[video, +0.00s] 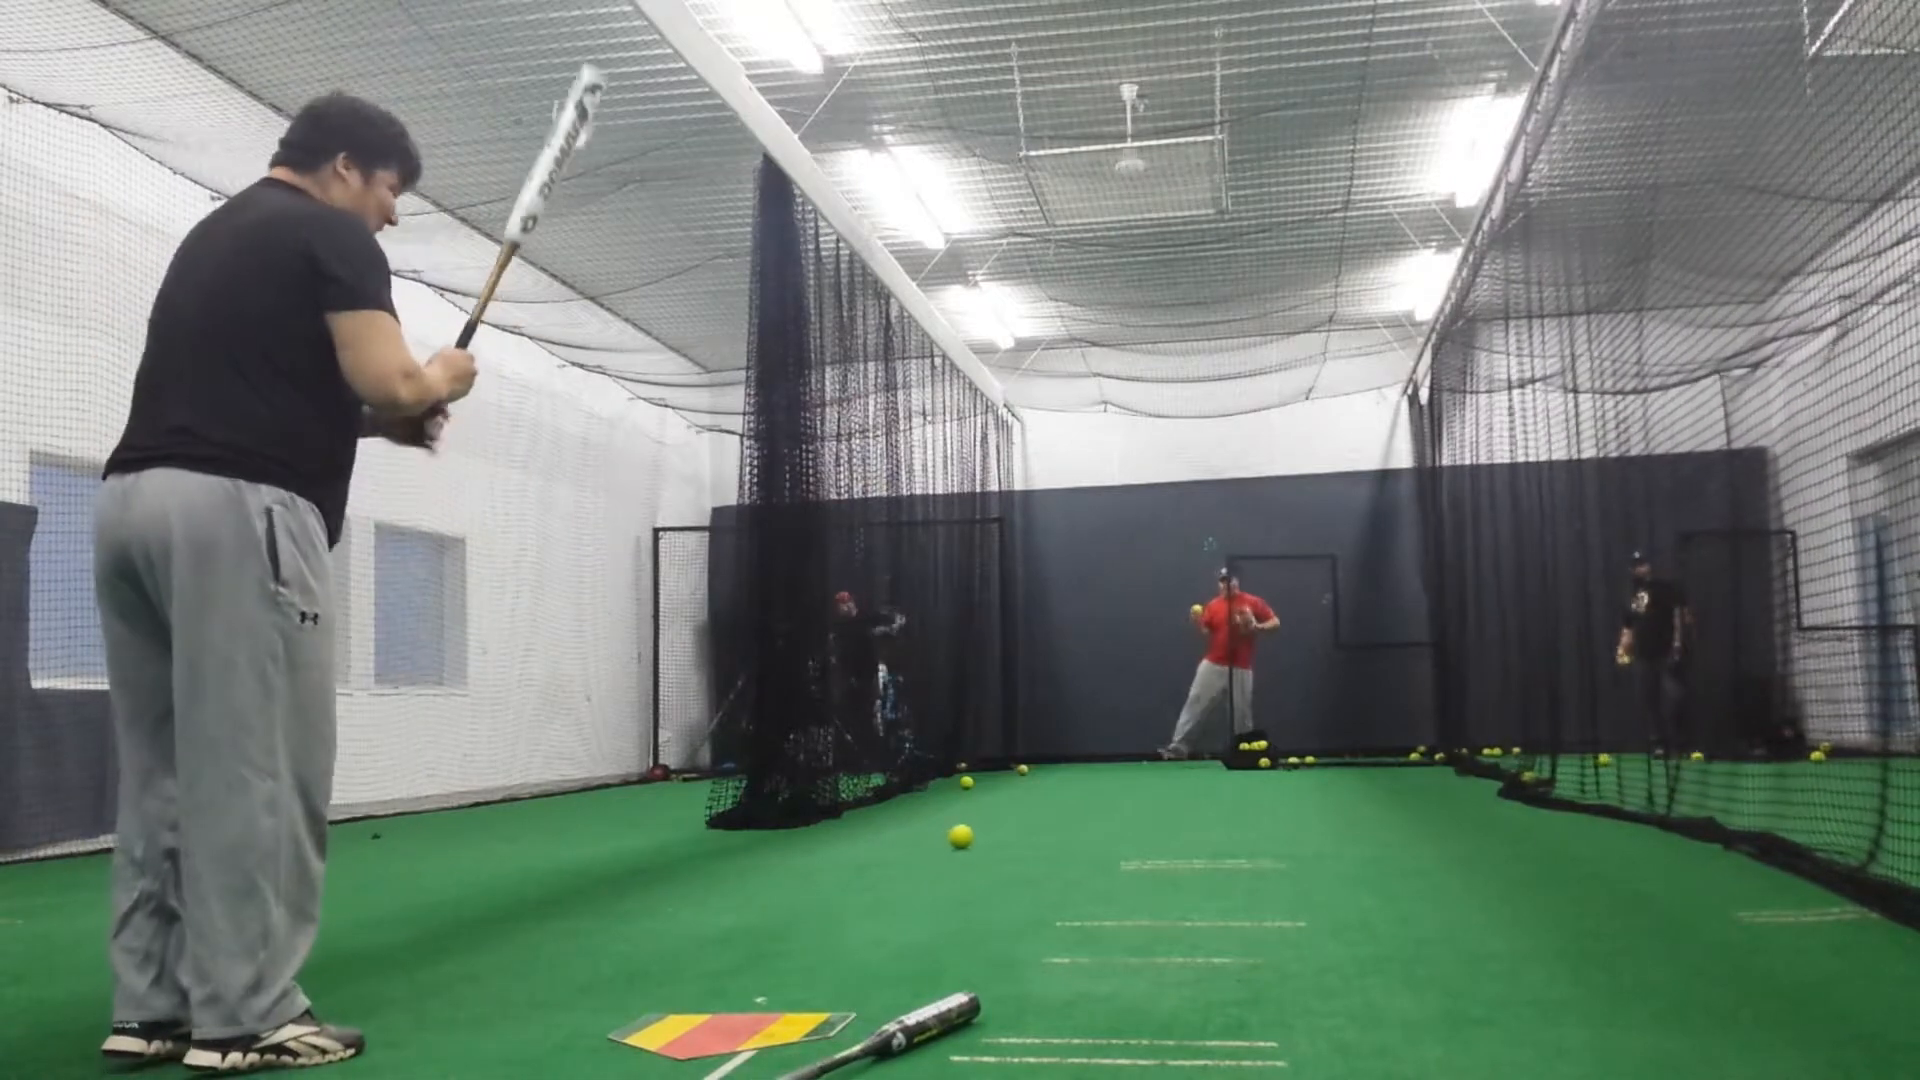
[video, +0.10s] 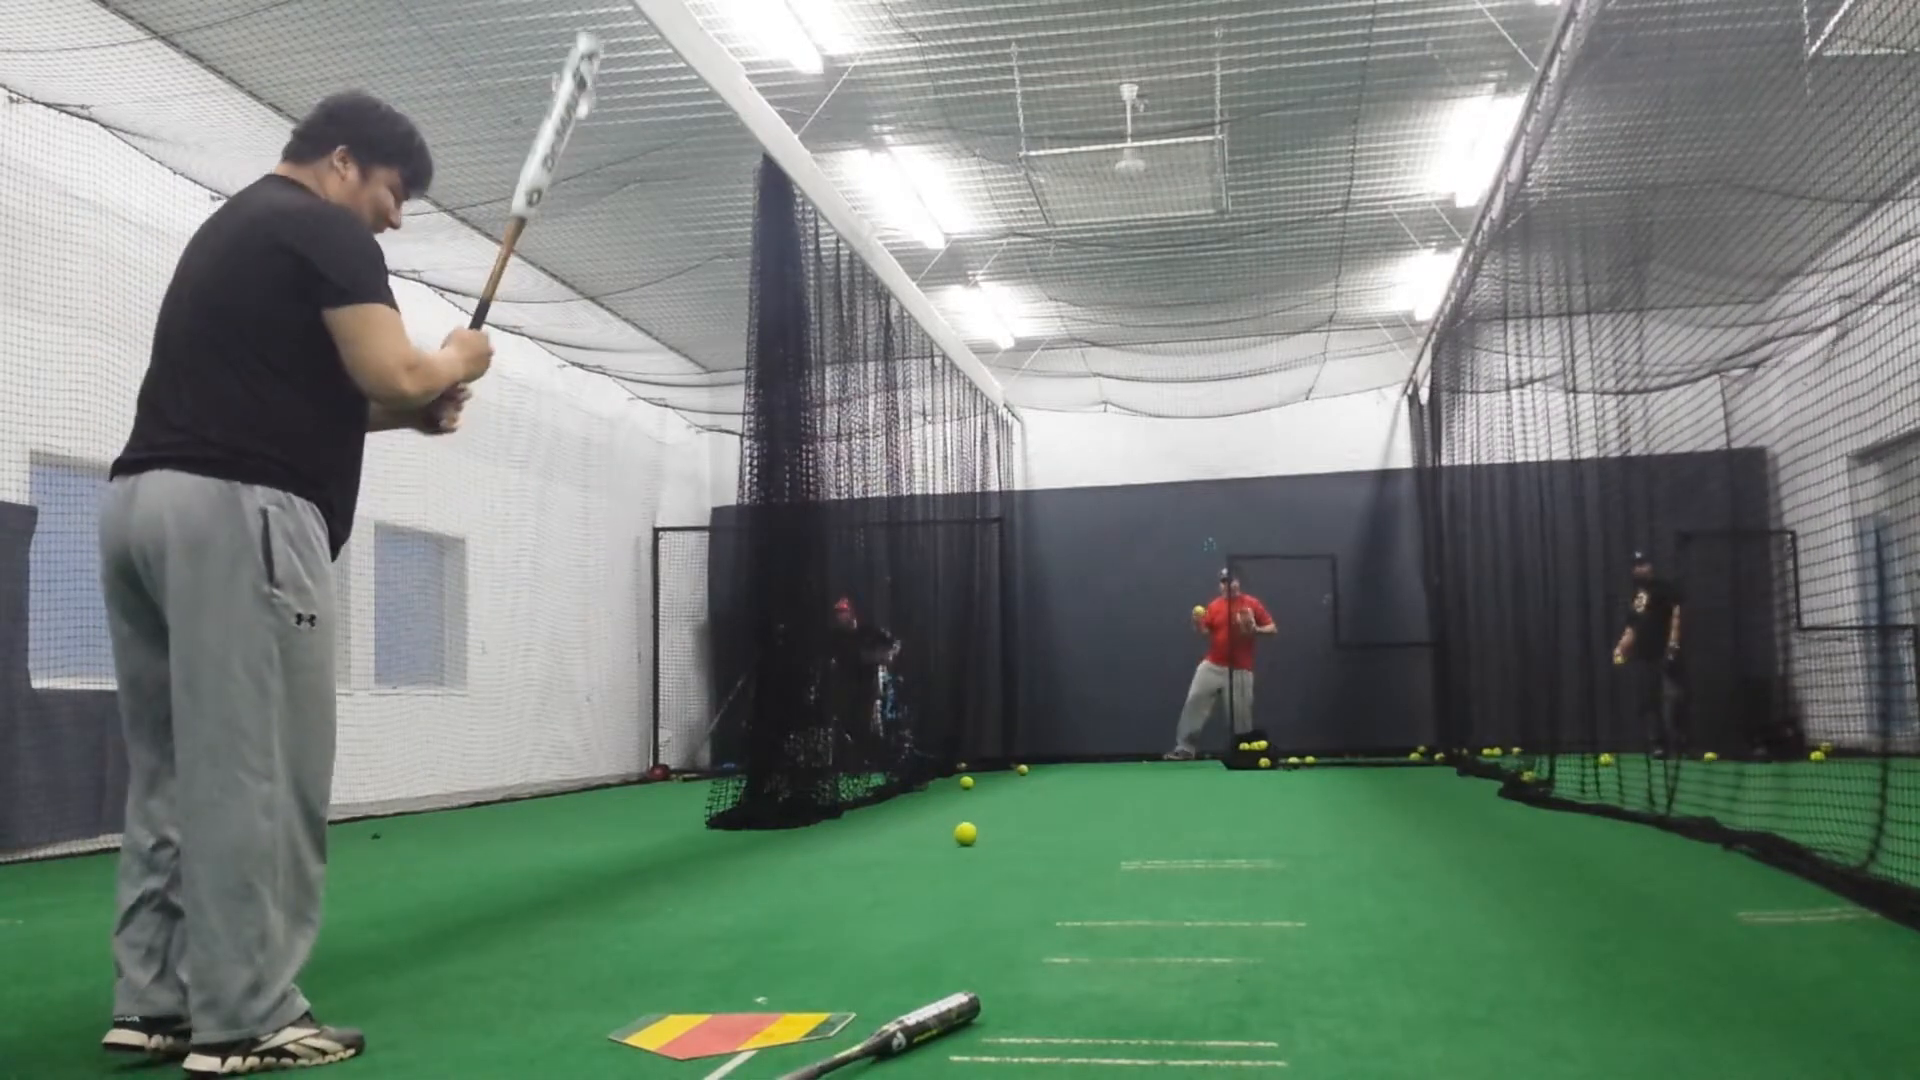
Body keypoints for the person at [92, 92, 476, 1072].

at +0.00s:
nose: (393, 214)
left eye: (399, 197)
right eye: (391, 192)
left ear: (307, 168)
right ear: (346, 167)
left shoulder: (221, 227)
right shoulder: (331, 231)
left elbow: (264, 379)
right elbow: (388, 384)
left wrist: (388, 416)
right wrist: (440, 379)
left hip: (134, 497)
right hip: (238, 507)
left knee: (156, 767)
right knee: (257, 765)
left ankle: (150, 1009)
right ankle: (245, 1015)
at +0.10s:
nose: (394, 219)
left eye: (401, 204)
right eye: (393, 195)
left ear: (318, 163)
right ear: (345, 161)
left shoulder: (231, 222)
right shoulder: (326, 228)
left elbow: (277, 388)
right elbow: (393, 378)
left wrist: (405, 408)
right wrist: (457, 360)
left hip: (143, 498)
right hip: (239, 511)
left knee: (166, 766)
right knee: (258, 770)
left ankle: (154, 1002)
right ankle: (247, 1018)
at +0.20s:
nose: (399, 219)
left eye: (406, 203)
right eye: (398, 193)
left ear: (326, 160)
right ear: (348, 158)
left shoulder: (245, 218)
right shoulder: (320, 224)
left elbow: (293, 386)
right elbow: (393, 373)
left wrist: (421, 401)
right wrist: (463, 356)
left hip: (156, 502)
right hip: (239, 514)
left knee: (178, 765)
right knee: (259, 771)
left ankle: (159, 987)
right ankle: (245, 1021)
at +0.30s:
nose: (399, 217)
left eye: (407, 201)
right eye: (397, 191)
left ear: (332, 160)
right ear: (345, 156)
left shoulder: (256, 217)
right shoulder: (311, 223)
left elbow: (307, 392)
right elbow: (381, 369)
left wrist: (430, 413)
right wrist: (466, 362)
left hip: (174, 507)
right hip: (237, 517)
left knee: (208, 759)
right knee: (253, 771)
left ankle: (166, 968)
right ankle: (244, 1024)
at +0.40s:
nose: (401, 214)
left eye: (410, 197)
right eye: (397, 188)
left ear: (334, 161)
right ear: (342, 155)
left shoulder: (276, 222)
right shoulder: (300, 221)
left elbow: (332, 397)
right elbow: (371, 367)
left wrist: (437, 414)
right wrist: (464, 361)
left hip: (202, 511)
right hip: (234, 519)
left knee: (237, 756)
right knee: (255, 771)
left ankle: (169, 946)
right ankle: (242, 1025)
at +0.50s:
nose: (404, 212)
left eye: (413, 195)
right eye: (401, 186)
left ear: (339, 161)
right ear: (347, 153)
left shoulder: (284, 225)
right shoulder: (294, 218)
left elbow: (333, 395)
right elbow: (357, 367)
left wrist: (444, 407)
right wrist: (462, 350)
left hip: (219, 515)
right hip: (228, 519)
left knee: (239, 756)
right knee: (249, 773)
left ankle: (163, 942)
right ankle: (242, 1025)